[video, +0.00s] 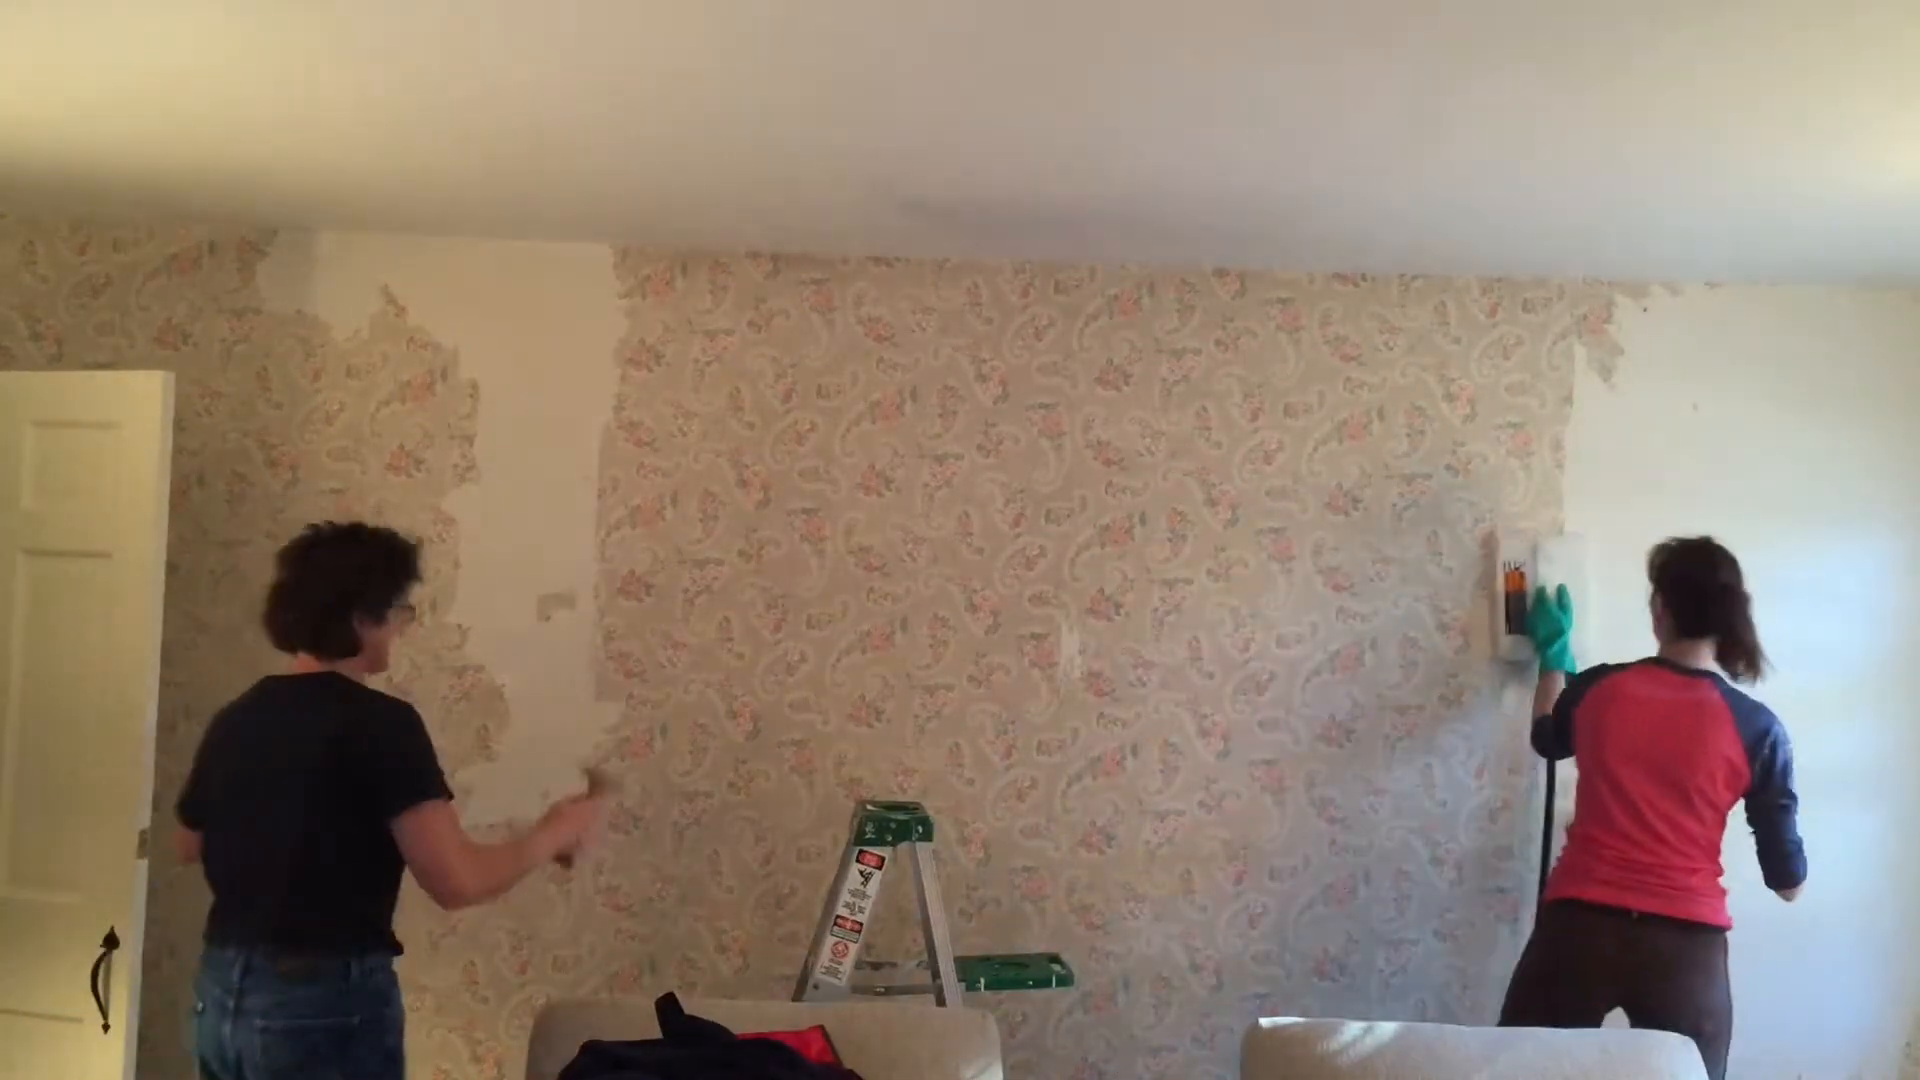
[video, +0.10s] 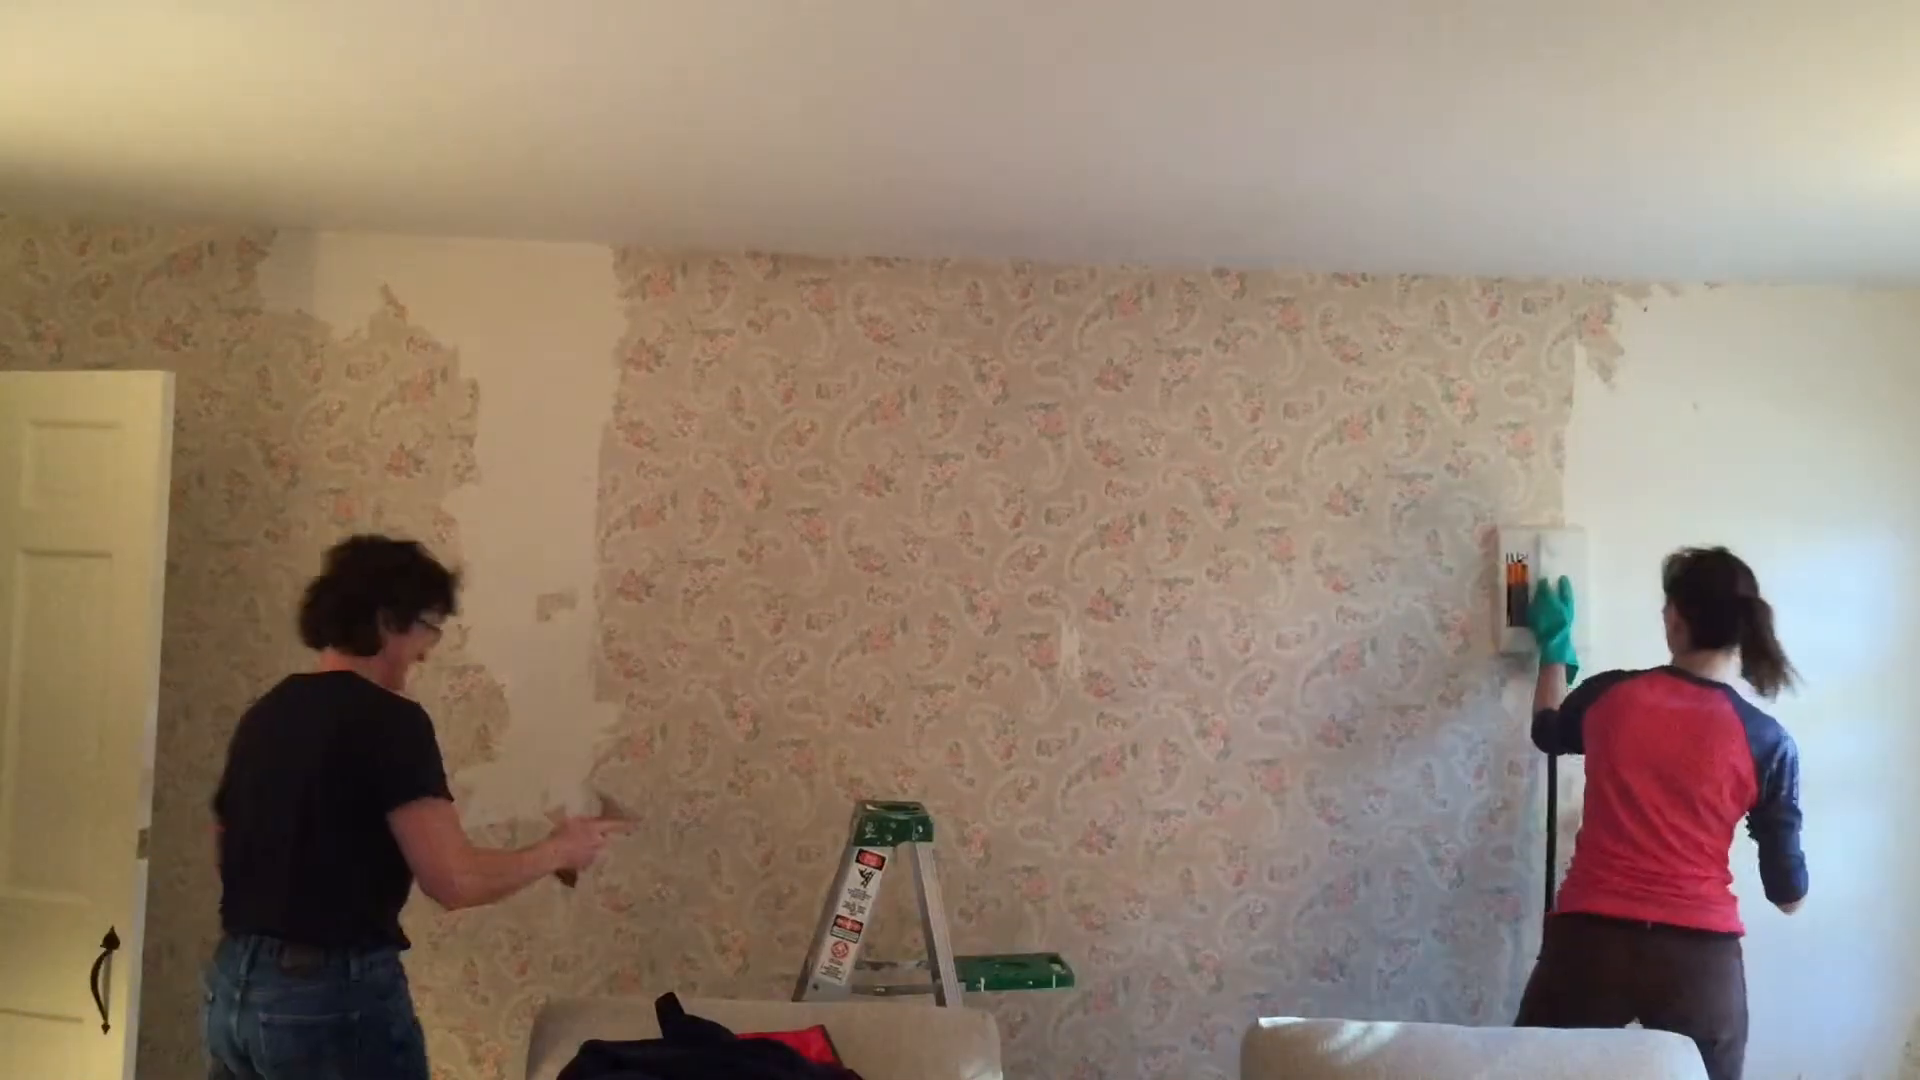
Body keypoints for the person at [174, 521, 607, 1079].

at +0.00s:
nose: (406, 624)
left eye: (406, 610)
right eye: (399, 609)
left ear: (303, 609)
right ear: (358, 616)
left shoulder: (237, 718)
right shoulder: (382, 722)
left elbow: (188, 842)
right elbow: (456, 880)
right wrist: (552, 836)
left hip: (222, 996)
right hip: (328, 1011)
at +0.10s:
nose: (431, 649)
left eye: (436, 631)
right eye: (428, 628)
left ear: (336, 619)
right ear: (385, 622)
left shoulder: (266, 712)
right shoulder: (391, 721)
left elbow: (230, 853)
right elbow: (454, 878)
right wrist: (557, 852)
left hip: (234, 986)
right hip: (338, 1002)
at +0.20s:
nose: (454, 650)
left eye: (460, 634)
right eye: (452, 631)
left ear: (364, 616)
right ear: (408, 619)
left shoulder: (300, 700)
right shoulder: (407, 713)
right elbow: (474, 864)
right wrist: (585, 839)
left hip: (253, 973)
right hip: (349, 989)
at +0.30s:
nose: (479, 640)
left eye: (485, 623)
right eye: (478, 621)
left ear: (391, 605)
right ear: (435, 612)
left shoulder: (330, 690)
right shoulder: (430, 703)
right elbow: (494, 850)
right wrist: (619, 826)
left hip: (284, 962)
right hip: (376, 973)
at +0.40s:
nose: (508, 631)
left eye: (513, 615)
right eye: (505, 613)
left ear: (423, 602)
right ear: (463, 607)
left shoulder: (356, 692)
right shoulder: (458, 707)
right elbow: (512, 856)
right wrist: (642, 826)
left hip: (325, 954)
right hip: (415, 967)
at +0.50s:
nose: (552, 633)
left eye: (556, 619)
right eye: (546, 617)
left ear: (481, 611)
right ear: (504, 614)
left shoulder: (392, 695)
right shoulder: (493, 722)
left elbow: (351, 797)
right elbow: (526, 878)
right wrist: (652, 847)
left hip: (357, 960)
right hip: (445, 974)